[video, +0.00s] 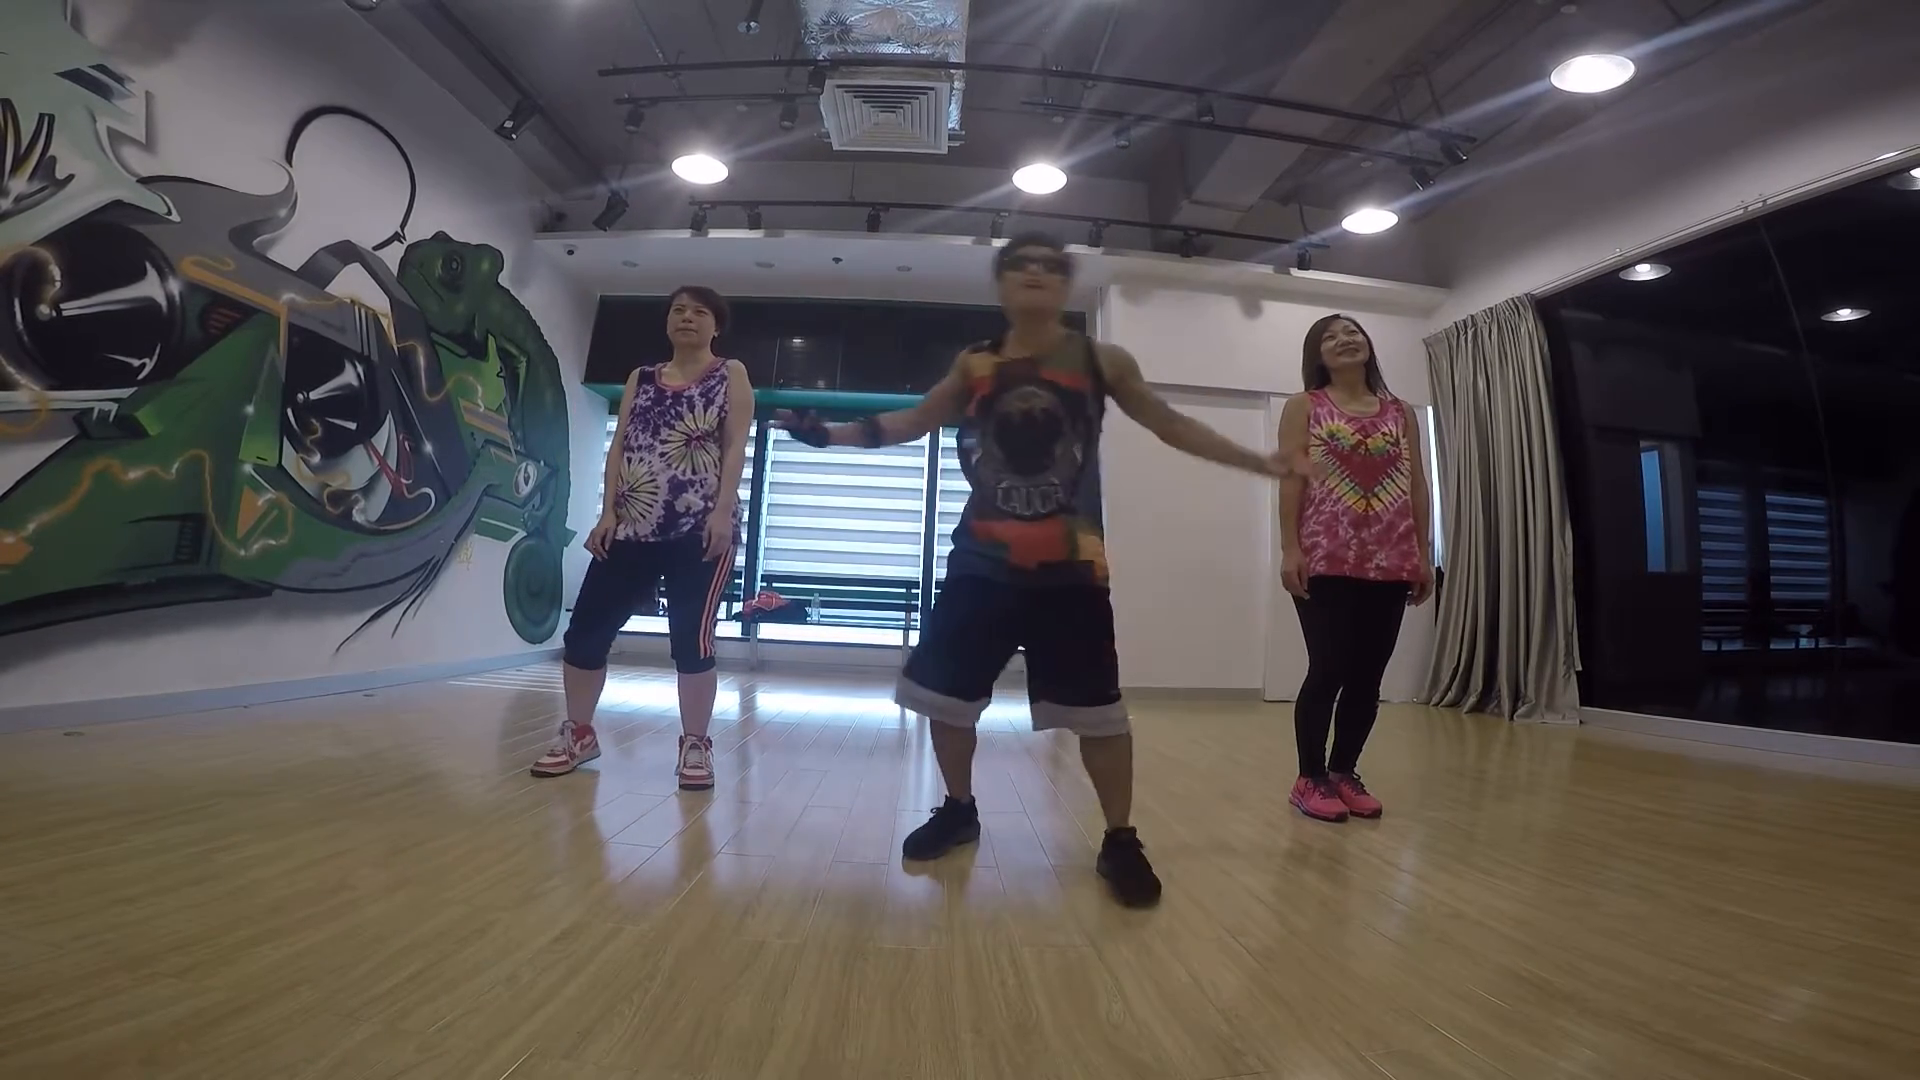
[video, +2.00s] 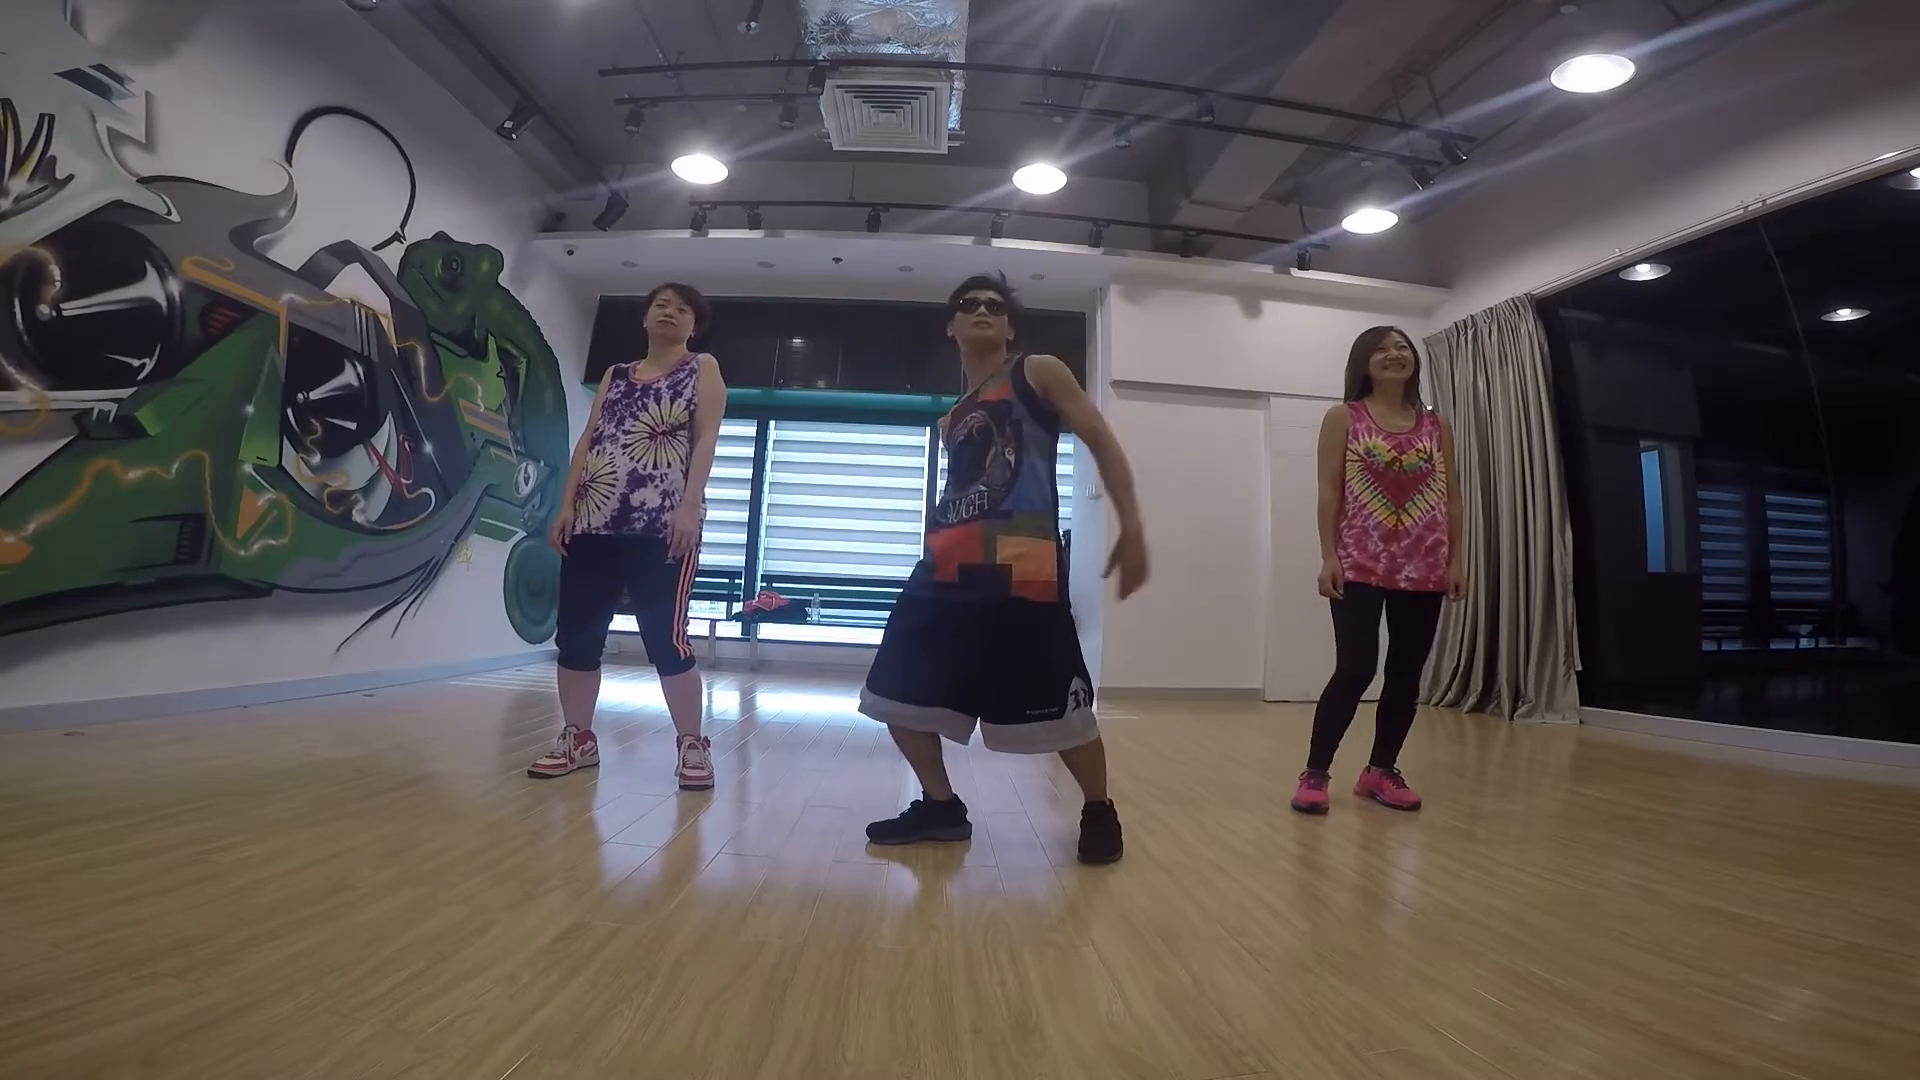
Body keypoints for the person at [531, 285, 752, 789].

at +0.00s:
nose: (687, 317)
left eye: (699, 311)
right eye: (679, 310)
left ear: (716, 327)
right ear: (666, 323)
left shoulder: (730, 374)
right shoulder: (640, 378)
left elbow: (735, 447)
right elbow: (619, 448)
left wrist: (724, 510)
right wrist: (609, 509)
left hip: (697, 531)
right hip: (631, 528)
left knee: (692, 643)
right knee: (584, 634)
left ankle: (695, 744)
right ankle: (578, 735)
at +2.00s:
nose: (669, 312)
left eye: (681, 308)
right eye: (661, 305)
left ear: (694, 326)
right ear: (645, 317)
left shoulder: (702, 369)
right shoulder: (616, 375)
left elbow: (705, 441)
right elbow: (586, 443)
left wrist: (690, 506)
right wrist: (566, 503)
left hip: (659, 527)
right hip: (593, 523)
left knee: (667, 643)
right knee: (576, 637)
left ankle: (691, 744)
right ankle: (578, 741)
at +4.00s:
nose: (635, 306)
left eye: (648, 301)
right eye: (628, 300)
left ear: (669, 320)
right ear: (615, 314)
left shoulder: (681, 383)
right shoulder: (593, 375)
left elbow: (687, 444)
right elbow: (574, 442)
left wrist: (668, 502)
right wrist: (554, 506)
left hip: (648, 527)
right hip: (582, 525)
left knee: (635, 636)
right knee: (565, 634)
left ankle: (640, 741)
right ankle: (590, 736)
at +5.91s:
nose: (664, 325)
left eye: (675, 319)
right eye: (655, 318)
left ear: (692, 334)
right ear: (642, 330)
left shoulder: (702, 391)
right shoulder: (608, 374)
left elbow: (703, 459)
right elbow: (571, 436)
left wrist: (704, 519)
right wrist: (547, 497)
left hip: (659, 528)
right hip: (592, 523)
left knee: (634, 622)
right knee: (600, 632)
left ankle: (618, 737)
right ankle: (623, 733)